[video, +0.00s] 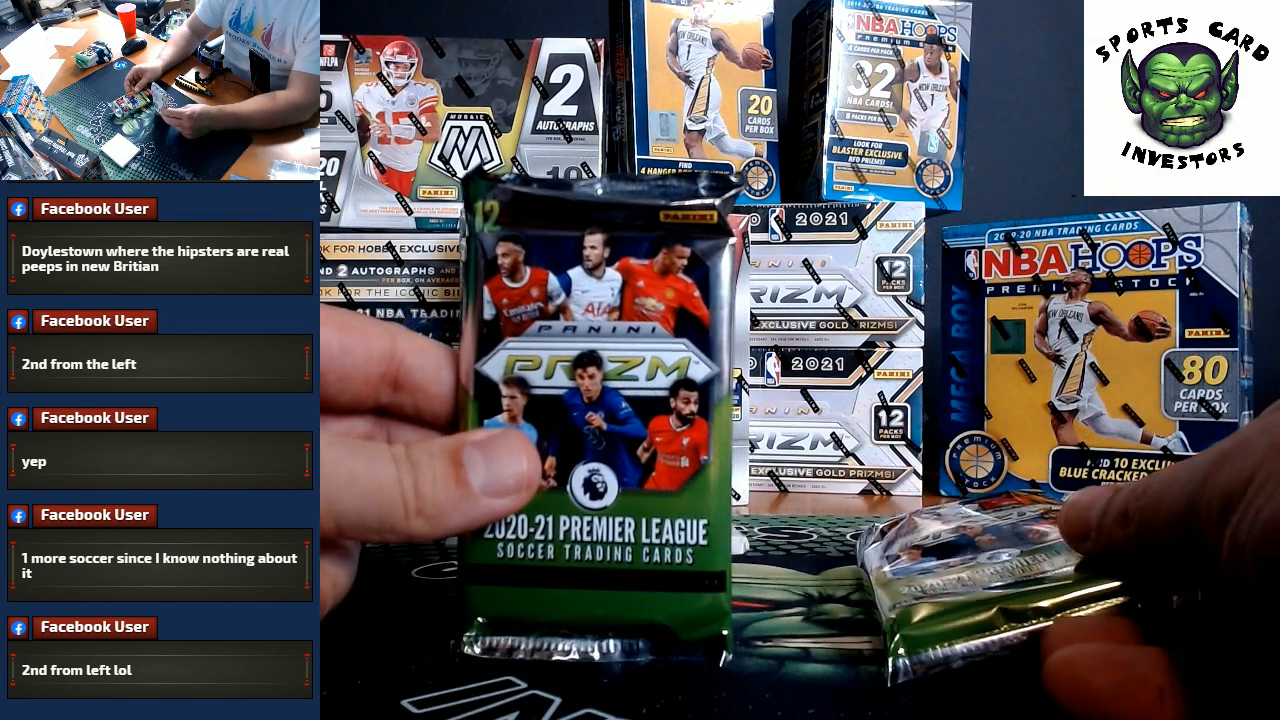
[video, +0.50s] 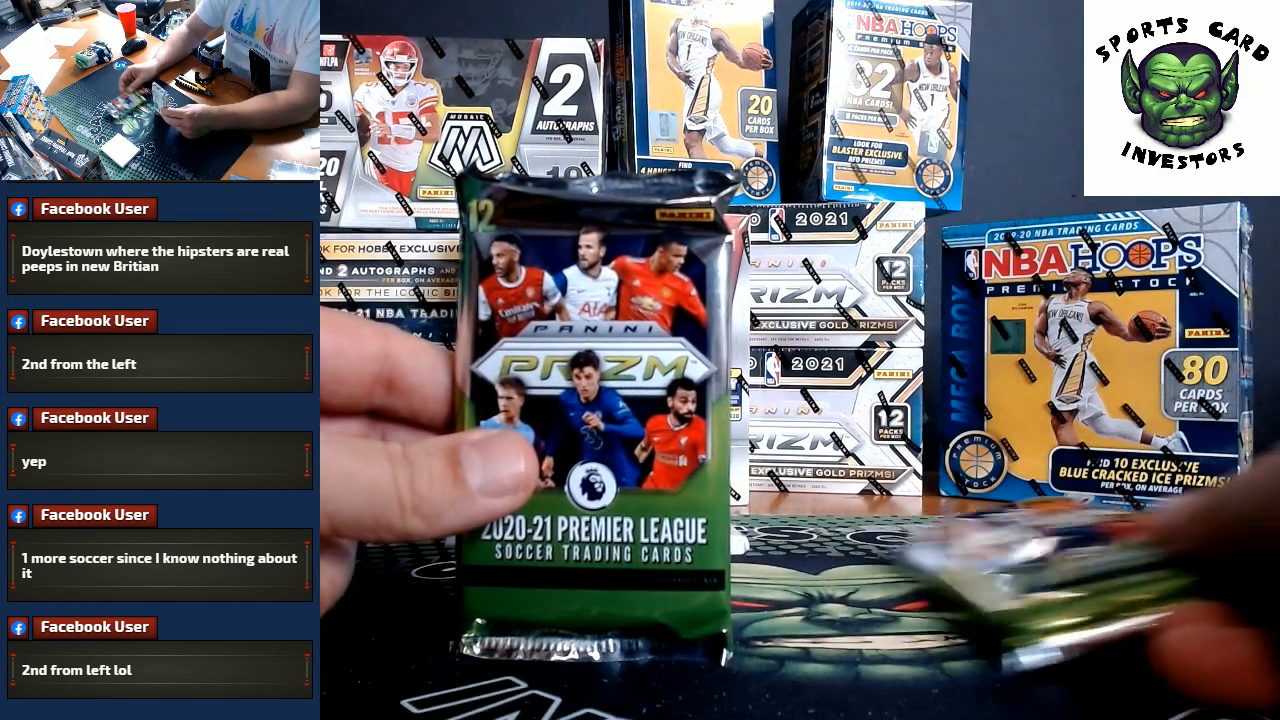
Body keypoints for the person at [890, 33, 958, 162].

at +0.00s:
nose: (928, 55)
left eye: (932, 51)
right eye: (926, 50)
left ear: (941, 52)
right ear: (923, 50)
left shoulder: (949, 70)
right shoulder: (913, 68)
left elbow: (955, 93)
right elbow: (888, 83)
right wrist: (900, 111)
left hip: (940, 117)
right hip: (918, 118)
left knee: (940, 153)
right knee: (924, 153)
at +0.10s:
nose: (928, 54)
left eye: (932, 51)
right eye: (926, 50)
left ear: (941, 52)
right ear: (923, 50)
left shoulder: (949, 70)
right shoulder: (913, 68)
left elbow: (955, 93)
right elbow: (888, 83)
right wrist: (900, 110)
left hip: (940, 118)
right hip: (919, 119)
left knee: (940, 155)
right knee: (923, 155)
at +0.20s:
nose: (928, 54)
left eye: (932, 51)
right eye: (926, 50)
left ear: (941, 52)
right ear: (923, 51)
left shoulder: (949, 70)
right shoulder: (913, 68)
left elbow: (956, 94)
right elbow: (888, 83)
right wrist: (900, 110)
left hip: (941, 119)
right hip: (919, 120)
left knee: (940, 156)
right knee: (923, 156)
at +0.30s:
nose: (928, 54)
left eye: (933, 51)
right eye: (926, 50)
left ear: (941, 52)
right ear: (923, 50)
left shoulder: (949, 70)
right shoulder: (913, 68)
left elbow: (956, 94)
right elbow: (888, 83)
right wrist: (900, 110)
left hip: (941, 119)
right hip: (919, 120)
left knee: (940, 156)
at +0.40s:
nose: (928, 54)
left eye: (933, 51)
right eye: (926, 50)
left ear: (941, 52)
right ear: (923, 50)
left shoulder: (949, 70)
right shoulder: (913, 68)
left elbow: (956, 94)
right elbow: (888, 83)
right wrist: (900, 110)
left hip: (941, 119)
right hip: (919, 120)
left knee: (940, 156)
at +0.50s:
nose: (928, 54)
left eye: (933, 51)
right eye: (926, 50)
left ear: (941, 52)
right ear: (923, 50)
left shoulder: (949, 70)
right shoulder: (913, 68)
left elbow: (956, 94)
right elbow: (888, 83)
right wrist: (900, 110)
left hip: (941, 119)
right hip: (919, 120)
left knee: (940, 156)